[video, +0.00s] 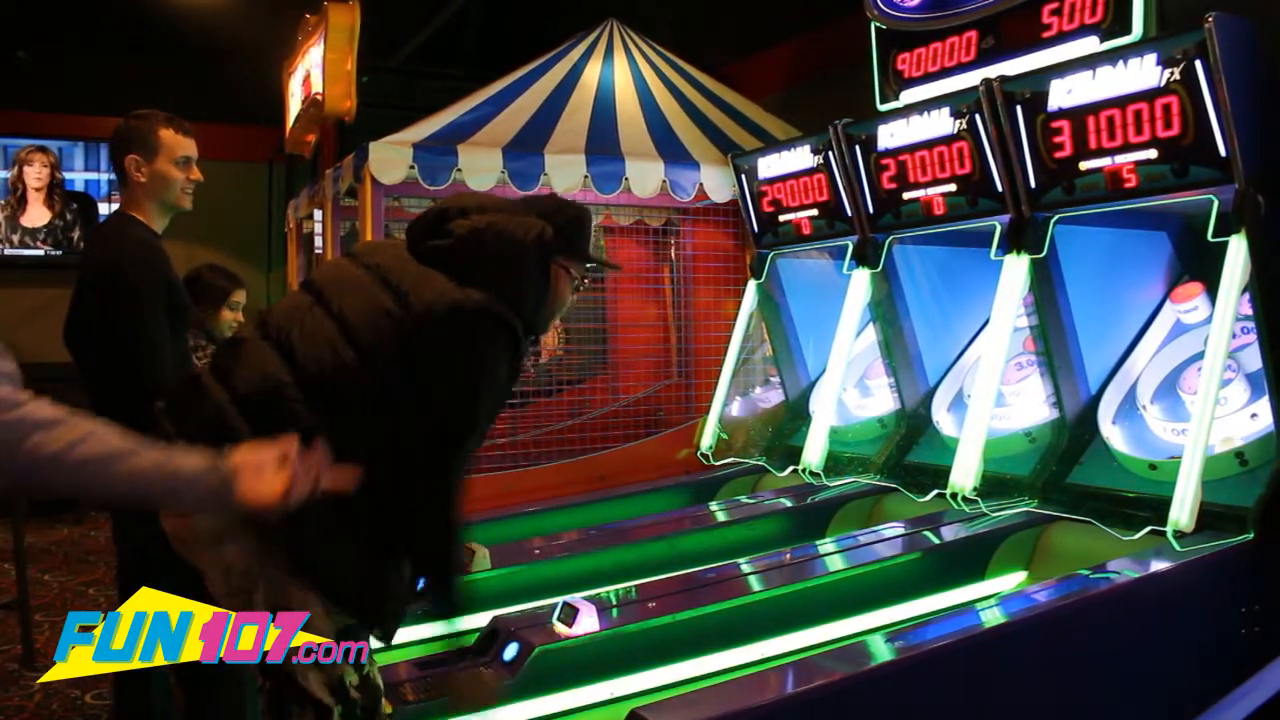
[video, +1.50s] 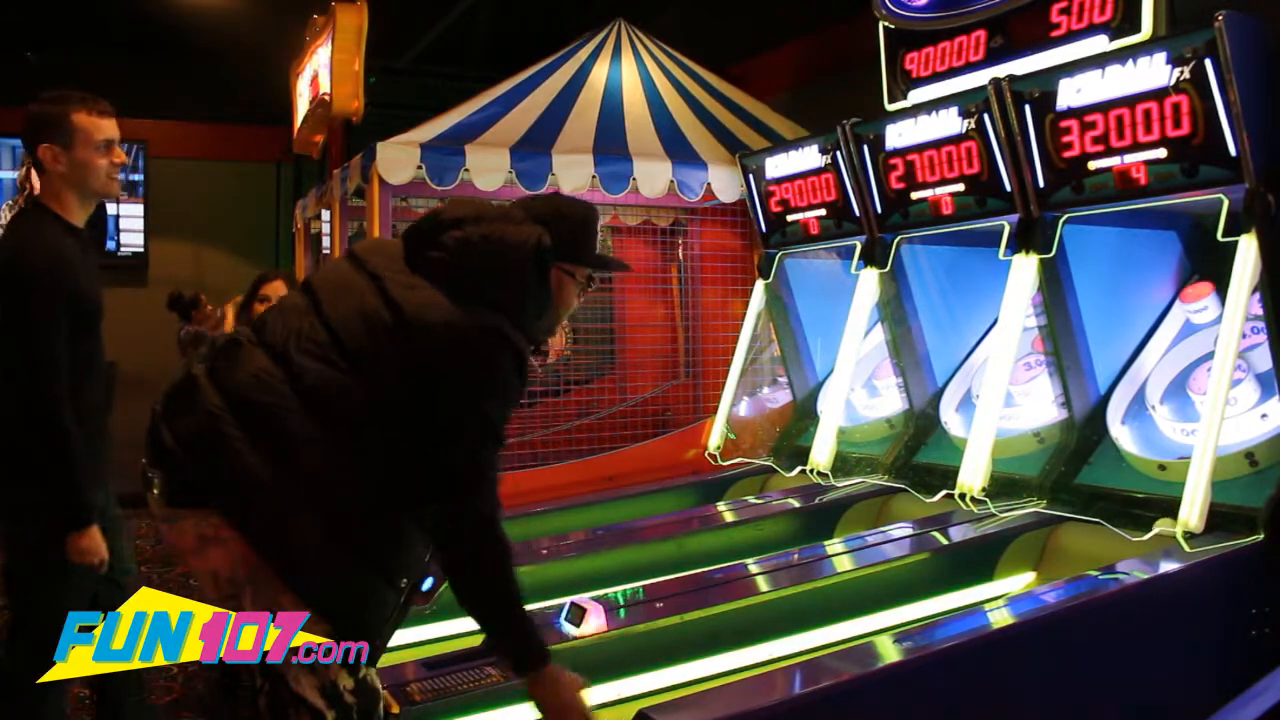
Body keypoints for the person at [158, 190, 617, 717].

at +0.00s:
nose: (574, 294)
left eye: (578, 279)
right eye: (573, 277)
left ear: (494, 245)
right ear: (546, 267)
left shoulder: (389, 260)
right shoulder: (481, 323)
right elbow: (429, 471)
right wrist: (444, 578)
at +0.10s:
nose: (572, 295)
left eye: (577, 277)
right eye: (573, 275)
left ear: (488, 241)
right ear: (542, 262)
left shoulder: (379, 262)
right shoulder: (484, 325)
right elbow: (505, 484)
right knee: (325, 696)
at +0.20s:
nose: (576, 291)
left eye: (580, 276)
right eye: (575, 273)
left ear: (487, 245)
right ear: (538, 260)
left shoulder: (386, 264)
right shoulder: (497, 327)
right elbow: (564, 473)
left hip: (204, 491)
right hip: (278, 532)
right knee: (341, 699)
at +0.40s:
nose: (576, 291)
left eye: (581, 276)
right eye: (576, 273)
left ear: (482, 240)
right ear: (539, 260)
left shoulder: (372, 262)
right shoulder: (495, 323)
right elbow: (561, 480)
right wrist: (673, 507)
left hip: (197, 495)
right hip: (278, 541)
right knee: (341, 697)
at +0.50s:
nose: (577, 295)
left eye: (581, 279)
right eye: (574, 276)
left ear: (494, 246)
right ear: (538, 267)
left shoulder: (385, 262)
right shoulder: (492, 329)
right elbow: (528, 493)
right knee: (324, 696)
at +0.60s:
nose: (580, 298)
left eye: (585, 282)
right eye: (578, 279)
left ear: (499, 247)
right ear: (540, 268)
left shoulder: (386, 262)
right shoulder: (494, 333)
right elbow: (499, 501)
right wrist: (578, 634)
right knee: (334, 698)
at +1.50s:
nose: (579, 303)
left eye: (585, 287)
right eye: (579, 285)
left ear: (504, 252)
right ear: (550, 275)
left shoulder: (388, 258)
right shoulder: (480, 343)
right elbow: (466, 522)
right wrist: (535, 668)